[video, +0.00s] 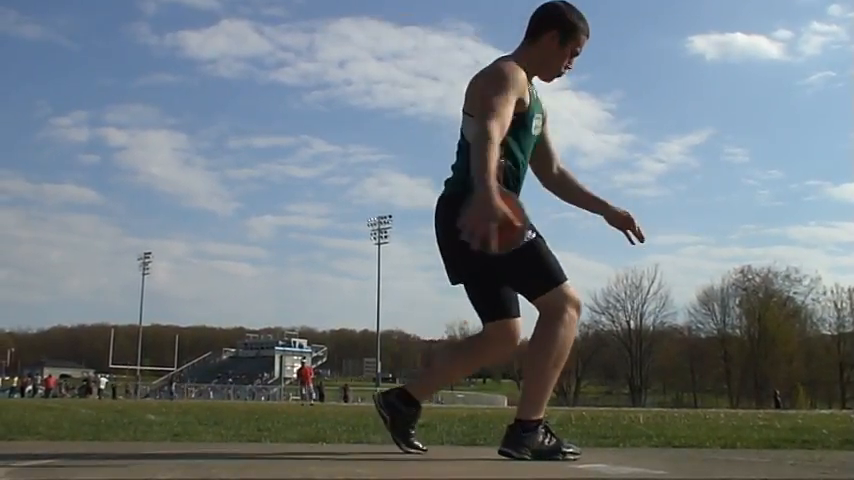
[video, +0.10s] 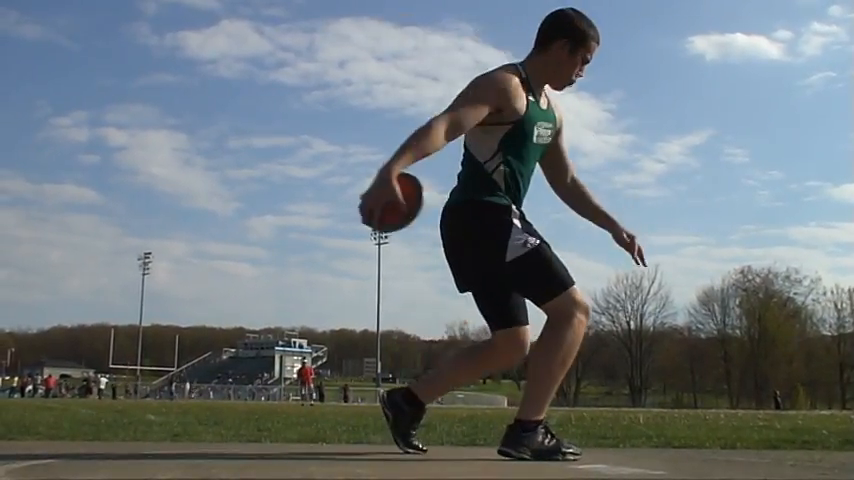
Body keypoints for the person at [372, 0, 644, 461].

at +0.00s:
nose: (570, 65)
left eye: (575, 58)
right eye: (571, 52)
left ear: (549, 43)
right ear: (548, 37)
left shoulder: (532, 102)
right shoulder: (506, 75)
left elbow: (552, 173)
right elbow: (486, 133)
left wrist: (606, 209)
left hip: (462, 211)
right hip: (487, 207)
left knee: (503, 337)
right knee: (563, 305)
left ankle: (404, 400)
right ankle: (528, 429)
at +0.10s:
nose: (582, 72)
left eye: (587, 64)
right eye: (582, 60)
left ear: (563, 53)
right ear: (556, 46)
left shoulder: (549, 111)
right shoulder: (503, 84)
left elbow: (566, 182)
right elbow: (447, 125)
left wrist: (613, 226)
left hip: (479, 220)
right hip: (486, 216)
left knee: (511, 346)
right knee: (573, 311)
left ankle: (408, 401)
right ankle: (527, 430)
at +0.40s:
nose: (593, 85)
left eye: (597, 76)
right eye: (594, 73)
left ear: (569, 64)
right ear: (572, 62)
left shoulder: (550, 120)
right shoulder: (513, 97)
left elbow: (530, 189)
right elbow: (445, 136)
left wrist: (548, 248)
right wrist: (376, 171)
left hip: (472, 236)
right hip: (497, 232)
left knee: (507, 352)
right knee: (582, 323)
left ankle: (400, 404)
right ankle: (527, 432)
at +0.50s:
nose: (586, 81)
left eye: (590, 71)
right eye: (588, 69)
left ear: (557, 58)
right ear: (571, 60)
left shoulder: (527, 103)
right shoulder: (525, 96)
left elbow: (494, 170)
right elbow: (478, 149)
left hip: (464, 235)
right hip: (504, 230)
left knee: (494, 351)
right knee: (575, 326)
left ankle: (393, 408)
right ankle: (526, 431)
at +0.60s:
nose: (573, 63)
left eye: (574, 55)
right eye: (576, 55)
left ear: (530, 45)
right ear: (567, 51)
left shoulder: (486, 87)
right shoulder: (542, 91)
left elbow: (446, 150)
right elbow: (550, 149)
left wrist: (455, 207)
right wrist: (581, 205)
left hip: (453, 221)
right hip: (503, 217)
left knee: (477, 338)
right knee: (560, 325)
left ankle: (384, 410)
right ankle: (525, 431)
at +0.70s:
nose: (557, 38)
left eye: (556, 30)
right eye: (559, 30)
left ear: (511, 23)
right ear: (552, 29)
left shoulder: (469, 63)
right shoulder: (546, 75)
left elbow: (422, 130)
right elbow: (609, 130)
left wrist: (442, 173)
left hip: (445, 201)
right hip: (499, 201)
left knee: (456, 315)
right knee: (542, 316)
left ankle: (382, 409)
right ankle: (524, 430)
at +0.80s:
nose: (539, 12)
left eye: (535, 9)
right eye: (540, 9)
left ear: (492, 5)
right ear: (534, 7)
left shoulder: (445, 42)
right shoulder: (543, 52)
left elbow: (416, 110)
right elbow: (602, 100)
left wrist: (452, 120)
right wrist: (636, 121)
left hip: (442, 180)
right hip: (500, 178)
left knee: (432, 299)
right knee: (530, 304)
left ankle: (388, 407)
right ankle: (528, 421)